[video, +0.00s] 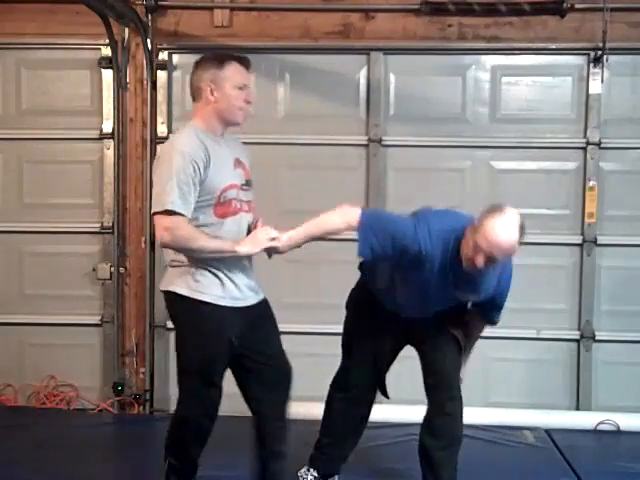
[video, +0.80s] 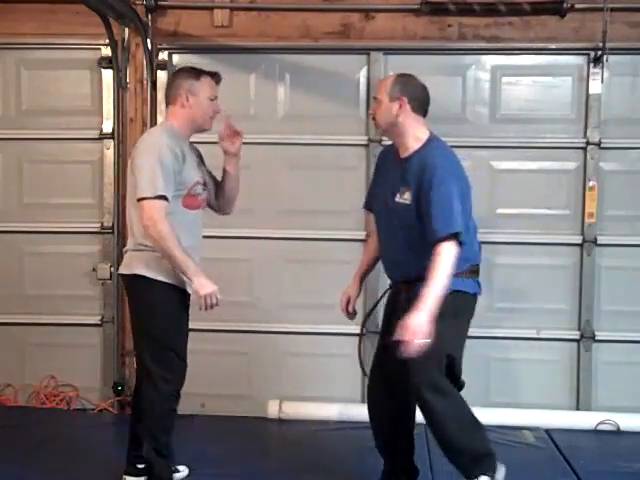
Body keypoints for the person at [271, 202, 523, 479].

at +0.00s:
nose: (479, 262)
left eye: (491, 259)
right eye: (478, 250)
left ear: (505, 256)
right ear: (471, 230)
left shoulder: (498, 273)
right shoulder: (422, 238)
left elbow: (478, 321)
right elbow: (350, 216)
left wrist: (453, 367)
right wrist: (291, 238)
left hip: (437, 315)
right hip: (380, 303)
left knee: (446, 397)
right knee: (355, 384)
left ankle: (440, 475)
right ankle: (321, 470)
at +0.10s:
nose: (476, 228)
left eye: (487, 224)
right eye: (472, 215)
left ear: (503, 222)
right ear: (464, 199)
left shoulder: (502, 250)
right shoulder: (420, 212)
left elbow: (494, 304)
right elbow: (346, 203)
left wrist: (477, 361)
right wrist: (298, 243)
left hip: (446, 312)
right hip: (387, 301)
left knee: (451, 400)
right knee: (360, 387)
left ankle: (440, 473)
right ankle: (323, 469)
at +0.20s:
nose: (451, 185)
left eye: (464, 182)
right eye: (451, 173)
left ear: (490, 189)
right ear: (449, 165)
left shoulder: (498, 230)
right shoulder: (412, 190)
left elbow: (506, 296)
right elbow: (350, 210)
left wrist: (495, 360)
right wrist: (323, 262)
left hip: (450, 309)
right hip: (391, 300)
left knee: (450, 404)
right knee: (362, 389)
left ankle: (439, 473)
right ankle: (339, 468)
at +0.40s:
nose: (413, 135)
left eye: (424, 130)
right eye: (415, 126)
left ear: (455, 139)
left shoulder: (480, 194)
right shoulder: (395, 169)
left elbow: (513, 270)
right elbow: (377, 225)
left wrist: (527, 343)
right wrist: (371, 282)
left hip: (455, 306)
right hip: (398, 301)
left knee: (448, 401)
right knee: (386, 389)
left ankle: (441, 472)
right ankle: (399, 470)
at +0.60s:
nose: (380, 115)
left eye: (388, 108)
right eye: (382, 107)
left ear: (416, 115)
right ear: (408, 115)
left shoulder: (451, 170)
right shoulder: (383, 161)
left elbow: (489, 243)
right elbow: (375, 227)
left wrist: (502, 311)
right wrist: (362, 284)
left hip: (451, 301)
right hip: (400, 297)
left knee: (441, 401)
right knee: (390, 400)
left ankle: (444, 472)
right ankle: (400, 471)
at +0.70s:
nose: (372, 112)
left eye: (379, 105)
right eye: (373, 104)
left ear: (405, 110)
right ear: (399, 111)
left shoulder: (442, 164)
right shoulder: (383, 158)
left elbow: (470, 241)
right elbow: (374, 229)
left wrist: (467, 308)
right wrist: (357, 283)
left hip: (442, 297)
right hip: (399, 296)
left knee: (433, 390)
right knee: (384, 396)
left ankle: (461, 470)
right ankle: (399, 472)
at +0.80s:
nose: (372, 109)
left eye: (377, 102)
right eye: (373, 102)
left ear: (401, 106)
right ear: (401, 106)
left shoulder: (438, 163)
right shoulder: (389, 158)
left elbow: (449, 244)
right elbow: (379, 230)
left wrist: (423, 311)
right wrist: (357, 280)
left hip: (446, 290)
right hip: (406, 288)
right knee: (384, 388)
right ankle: (398, 472)